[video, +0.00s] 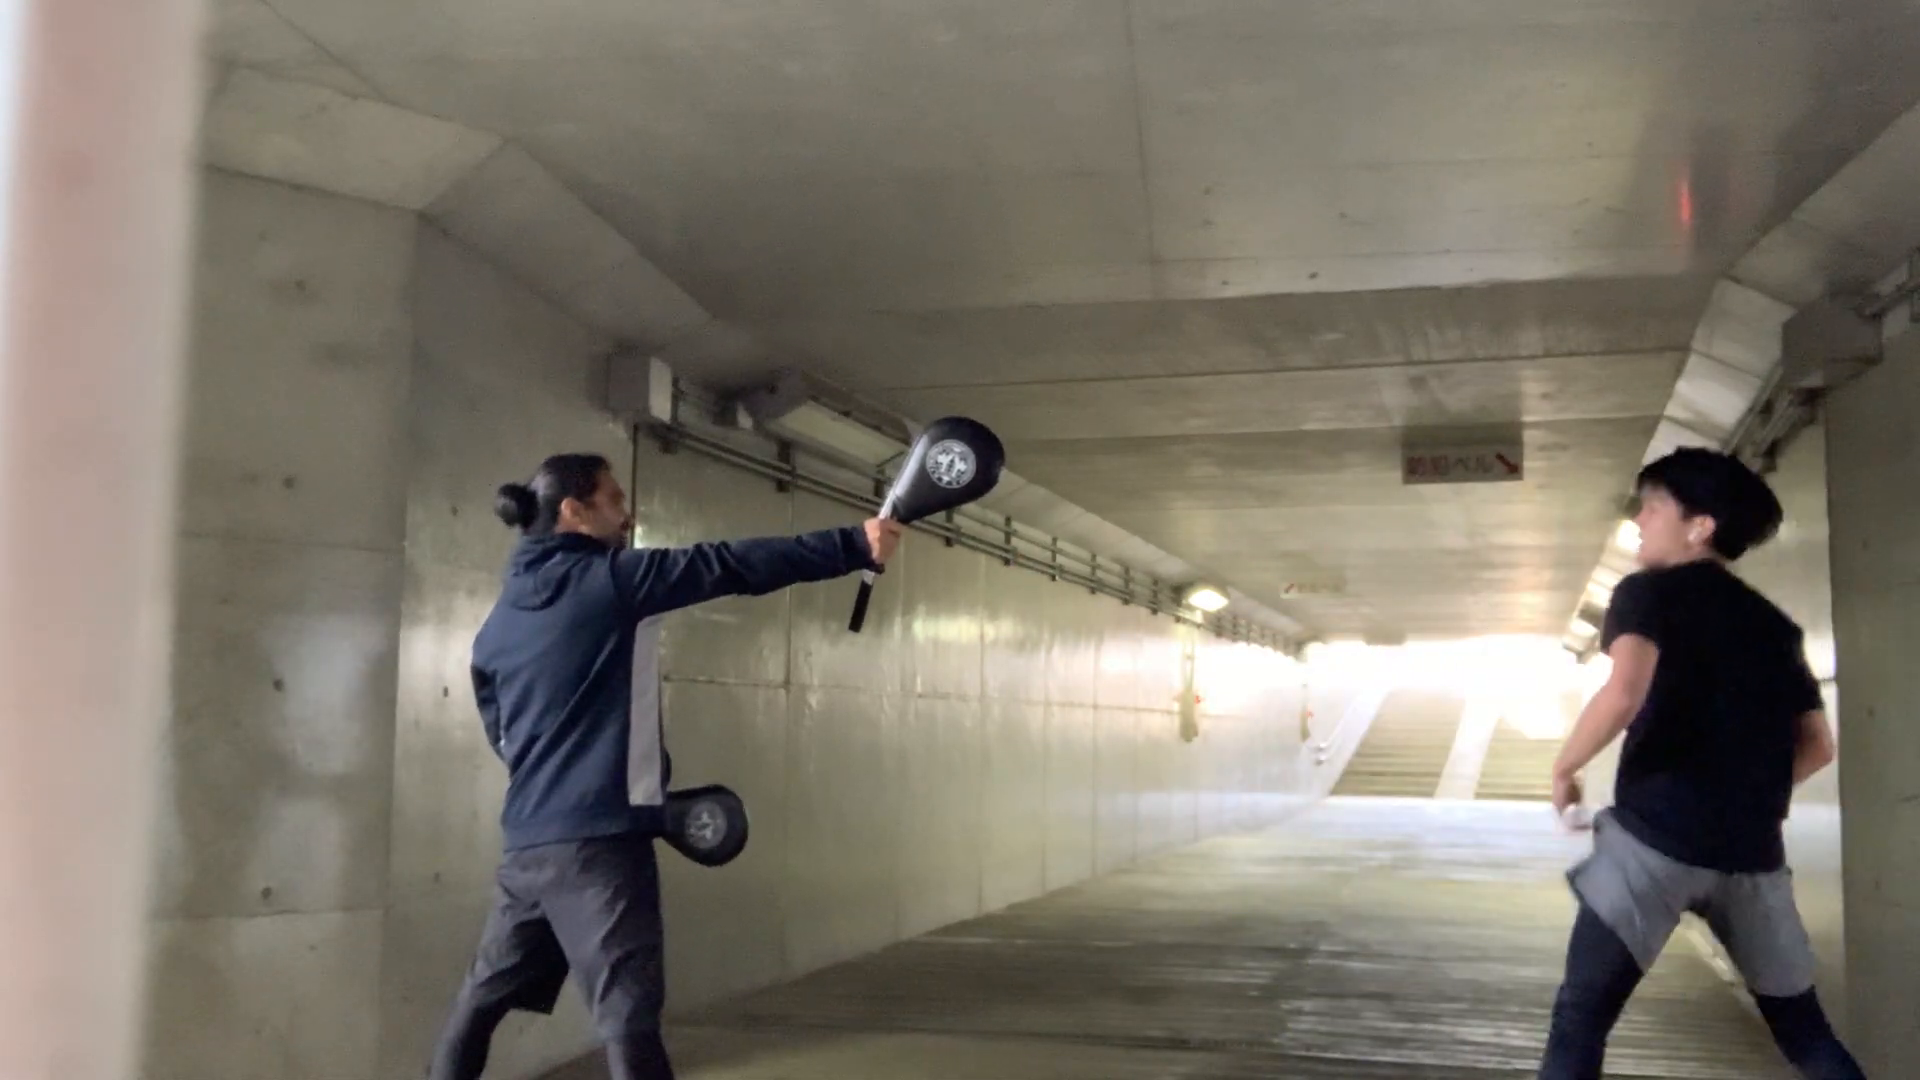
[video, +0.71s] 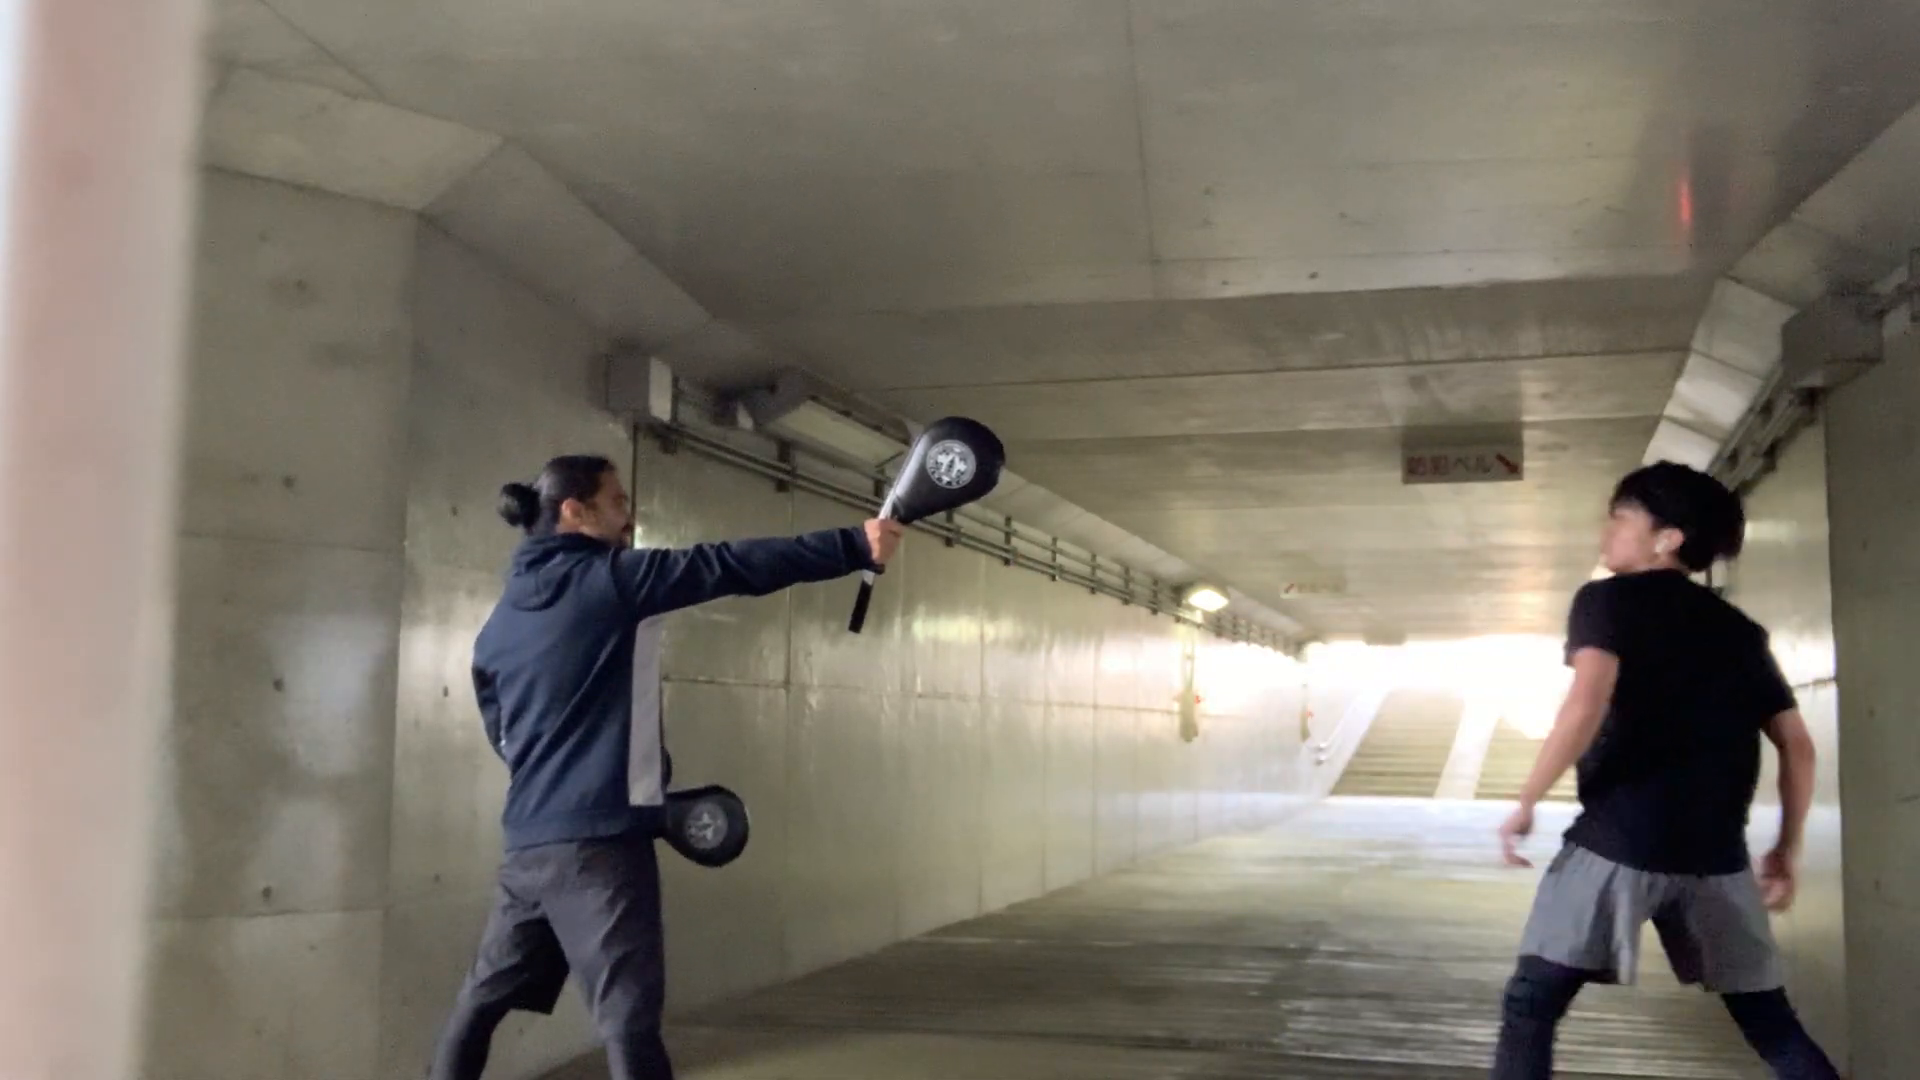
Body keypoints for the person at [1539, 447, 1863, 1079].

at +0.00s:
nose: (1638, 522)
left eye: (1650, 509)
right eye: (1642, 508)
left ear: (1700, 527)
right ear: (1706, 531)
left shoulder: (1649, 591)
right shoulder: (1775, 623)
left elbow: (1627, 690)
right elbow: (1818, 745)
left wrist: (1566, 766)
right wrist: (1749, 788)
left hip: (1657, 840)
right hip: (1753, 850)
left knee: (1578, 1024)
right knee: (1808, 1035)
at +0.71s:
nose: (1606, 535)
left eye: (1620, 520)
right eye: (1611, 518)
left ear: (1668, 539)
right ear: (1675, 544)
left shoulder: (1608, 599)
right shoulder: (1739, 628)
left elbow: (1587, 703)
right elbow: (1797, 745)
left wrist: (1527, 799)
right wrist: (1787, 847)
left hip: (1618, 845)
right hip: (1716, 852)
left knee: (1530, 1010)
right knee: (1775, 1028)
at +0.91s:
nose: (1543, 585)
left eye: (1561, 575)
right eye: (1551, 572)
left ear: (1605, 602)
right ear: (1605, 606)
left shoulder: (1567, 671)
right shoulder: (1638, 690)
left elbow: (1547, 779)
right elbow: (1706, 803)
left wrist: (1434, 815)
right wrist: (1757, 904)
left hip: (1576, 926)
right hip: (1658, 928)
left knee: (1433, 1029)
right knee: (1746, 1059)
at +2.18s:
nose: (1236, 631)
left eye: (1254, 618)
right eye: (1227, 610)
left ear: (1268, 619)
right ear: (1192, 588)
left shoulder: (1248, 687)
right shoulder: (1128, 664)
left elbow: (1234, 770)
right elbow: (1065, 763)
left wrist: (1229, 801)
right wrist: (1121, 868)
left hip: (1181, 875)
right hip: (1094, 873)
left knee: (1229, 1042)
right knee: (1042, 1050)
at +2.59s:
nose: (1261, 576)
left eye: (1280, 564)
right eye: (1257, 561)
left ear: (1326, 578)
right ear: (1251, 564)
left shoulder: (1347, 664)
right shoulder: (1254, 646)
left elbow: (1392, 785)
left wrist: (1304, 857)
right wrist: (1159, 795)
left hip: (1298, 888)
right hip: (1229, 866)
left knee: (1299, 1055)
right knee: (1165, 1007)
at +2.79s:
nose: (1316, 546)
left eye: (1326, 533)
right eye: (1317, 533)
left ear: (1374, 544)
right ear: (1376, 545)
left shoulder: (1383, 620)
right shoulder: (1410, 610)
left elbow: (1388, 750)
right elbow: (1410, 745)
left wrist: (1315, 830)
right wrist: (1350, 807)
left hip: (1404, 843)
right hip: (1418, 836)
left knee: (1383, 1015)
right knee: (1353, 989)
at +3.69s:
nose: (1584, 576)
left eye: (1596, 560)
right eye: (1587, 560)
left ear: (1644, 572)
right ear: (1649, 575)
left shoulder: (1609, 642)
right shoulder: (1721, 658)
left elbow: (1597, 752)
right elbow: (1776, 771)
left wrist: (1565, 834)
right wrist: (1735, 839)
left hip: (1650, 875)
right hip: (1736, 879)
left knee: (1577, 1041)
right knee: (1743, 1044)